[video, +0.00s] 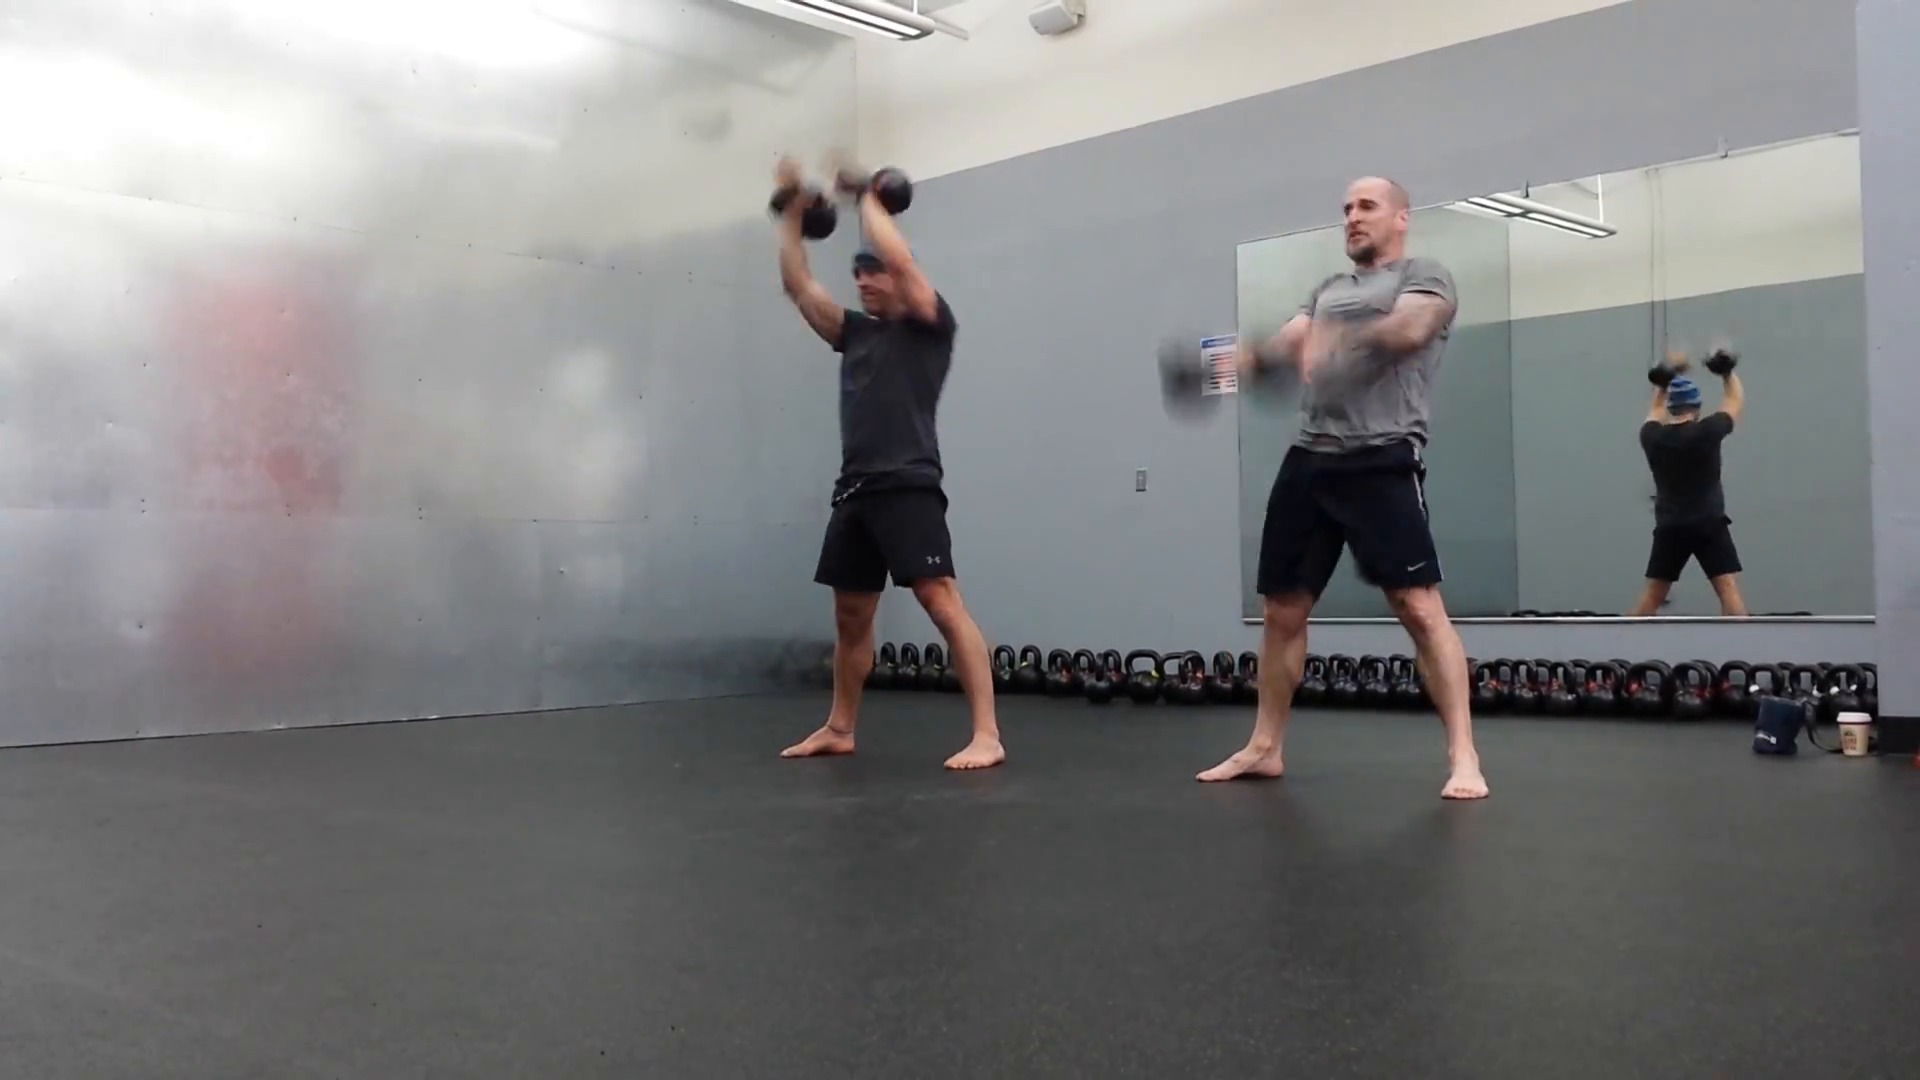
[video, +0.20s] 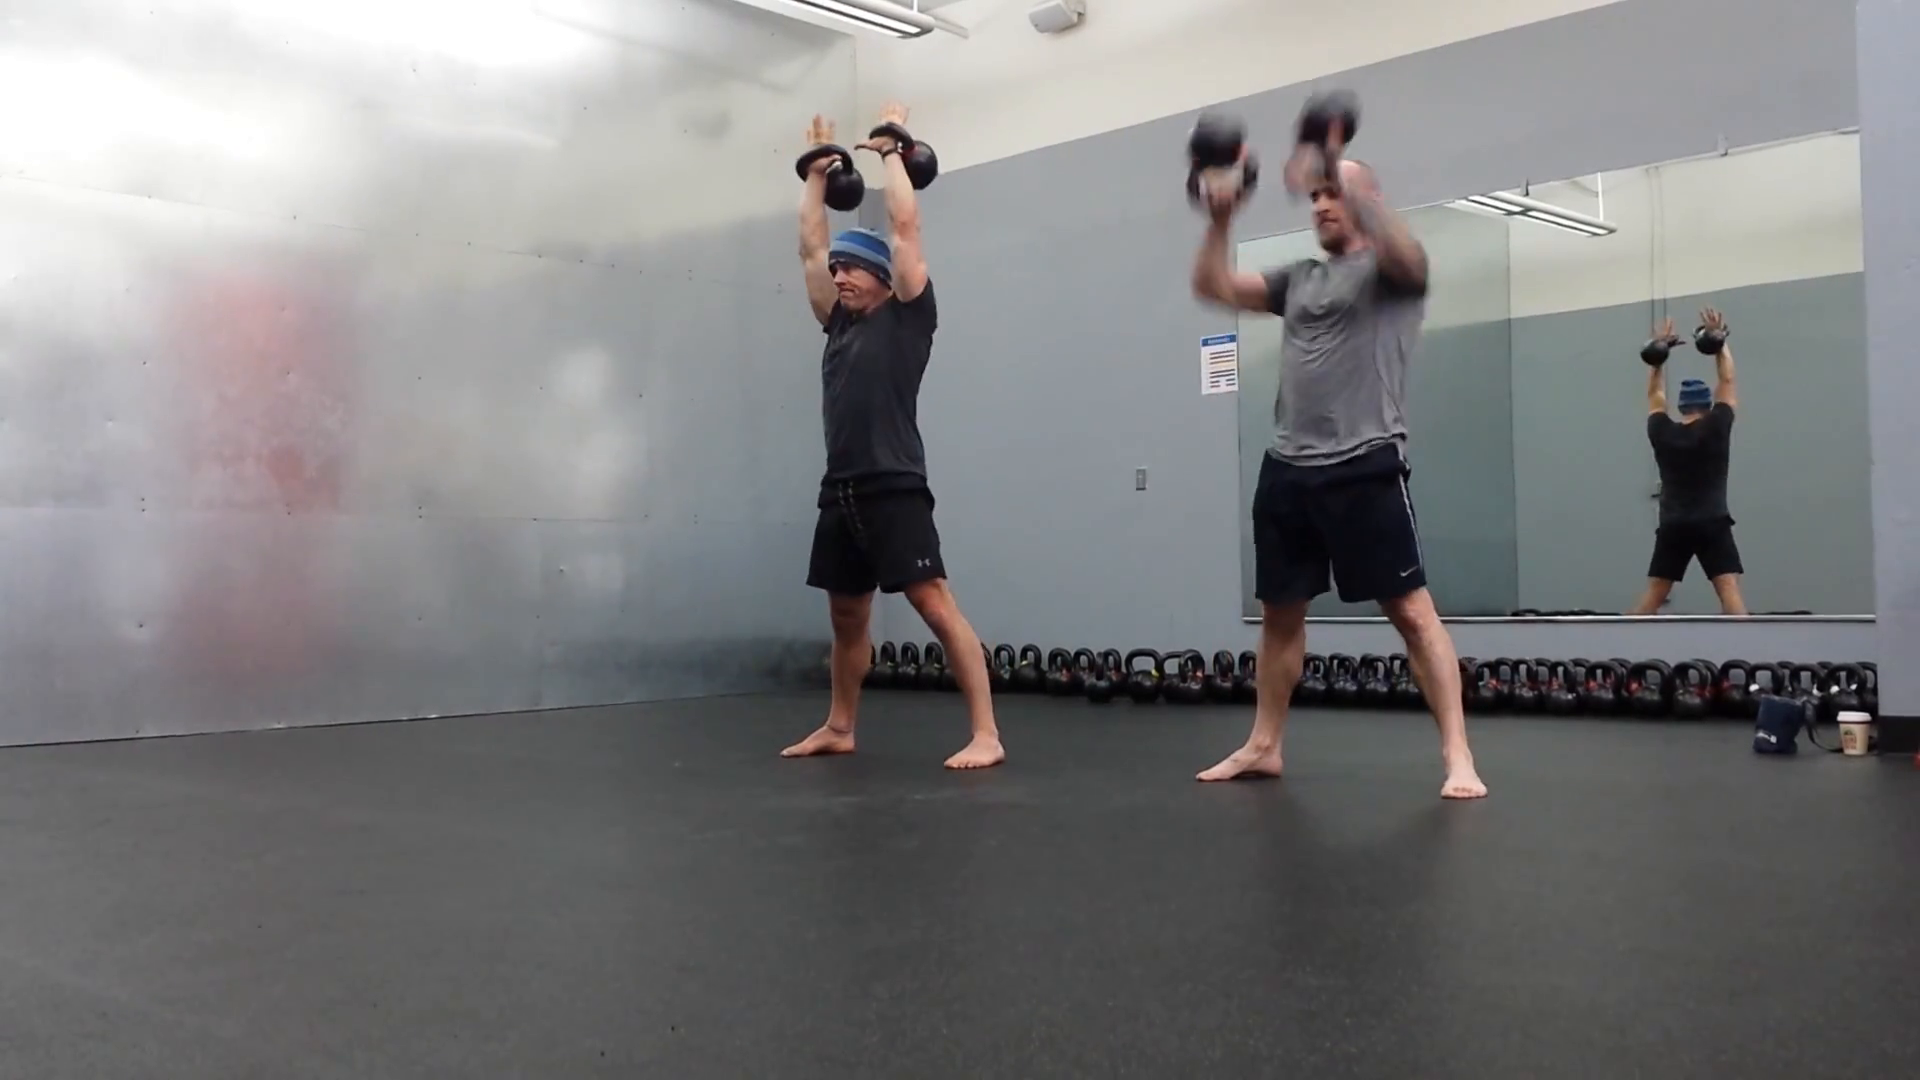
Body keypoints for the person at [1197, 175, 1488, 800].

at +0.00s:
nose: (1353, 218)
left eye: (1367, 206)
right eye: (1347, 210)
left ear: (1402, 218)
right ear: (1343, 225)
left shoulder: (1427, 278)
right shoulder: (1328, 292)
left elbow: (1406, 332)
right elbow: (1289, 344)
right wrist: (1248, 358)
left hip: (1384, 466)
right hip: (1311, 466)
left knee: (1420, 610)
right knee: (1282, 611)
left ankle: (1463, 757)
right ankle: (1264, 746)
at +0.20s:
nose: (1323, 210)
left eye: (1334, 199)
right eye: (1316, 201)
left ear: (1363, 209)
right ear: (1309, 213)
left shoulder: (1393, 269)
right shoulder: (1297, 280)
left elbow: (1409, 264)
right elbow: (1211, 285)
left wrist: (1364, 195)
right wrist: (1221, 215)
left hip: (1367, 465)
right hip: (1289, 468)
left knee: (1412, 612)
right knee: (1280, 613)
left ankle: (1457, 755)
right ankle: (1264, 744)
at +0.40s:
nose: (1284, 203)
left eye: (1296, 191)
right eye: (1279, 195)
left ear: (1334, 195)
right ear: (1274, 207)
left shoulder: (1364, 252)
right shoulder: (1268, 262)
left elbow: (1369, 148)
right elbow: (1223, 172)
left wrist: (1350, 54)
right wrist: (1230, 70)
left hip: (1357, 465)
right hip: (1281, 470)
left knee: (1410, 611)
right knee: (1282, 615)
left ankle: (1460, 758)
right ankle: (1264, 745)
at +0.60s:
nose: (1285, 208)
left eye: (1298, 196)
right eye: (1279, 200)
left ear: (1334, 197)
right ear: (1272, 210)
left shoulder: (1365, 250)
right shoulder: (1270, 256)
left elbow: (1374, 139)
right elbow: (1245, 152)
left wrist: (1369, 45)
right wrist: (1253, 58)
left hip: (1350, 464)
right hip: (1274, 468)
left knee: (1405, 615)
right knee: (1278, 617)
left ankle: (1458, 761)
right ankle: (1264, 747)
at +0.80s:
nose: (1294, 206)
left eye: (1306, 193)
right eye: (1289, 196)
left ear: (1344, 196)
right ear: (1285, 207)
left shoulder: (1372, 251)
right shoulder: (1275, 256)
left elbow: (1378, 142)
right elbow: (1245, 158)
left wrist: (1364, 50)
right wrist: (1259, 62)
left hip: (1353, 463)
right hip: (1277, 465)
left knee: (1406, 615)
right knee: (1279, 617)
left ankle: (1458, 761)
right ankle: (1264, 747)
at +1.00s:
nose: (1316, 200)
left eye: (1331, 188)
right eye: (1311, 191)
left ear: (1368, 200)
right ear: (1307, 204)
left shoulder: (1388, 261)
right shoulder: (1286, 267)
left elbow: (1390, 175)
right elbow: (1219, 205)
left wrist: (1367, 94)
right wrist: (1245, 118)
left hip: (1361, 468)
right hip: (1284, 468)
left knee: (1411, 616)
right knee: (1281, 618)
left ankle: (1459, 760)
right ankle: (1265, 747)